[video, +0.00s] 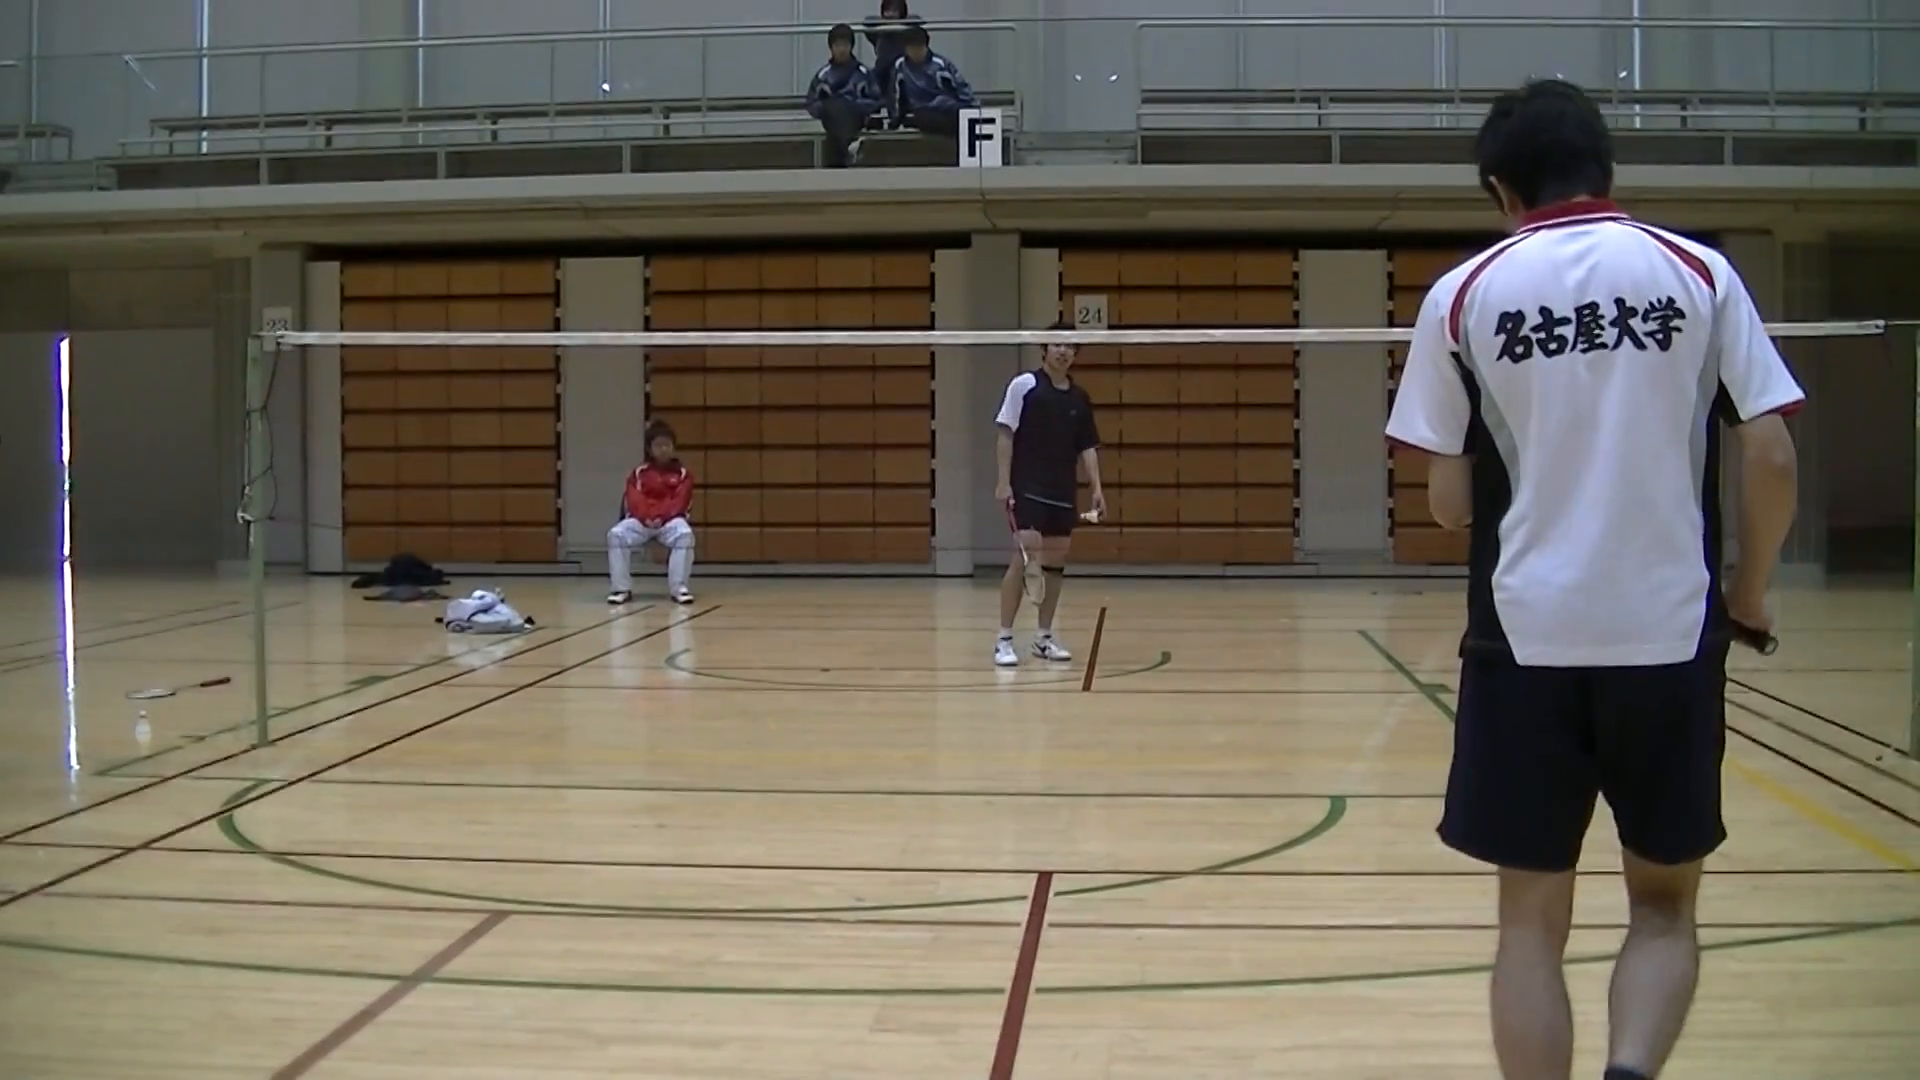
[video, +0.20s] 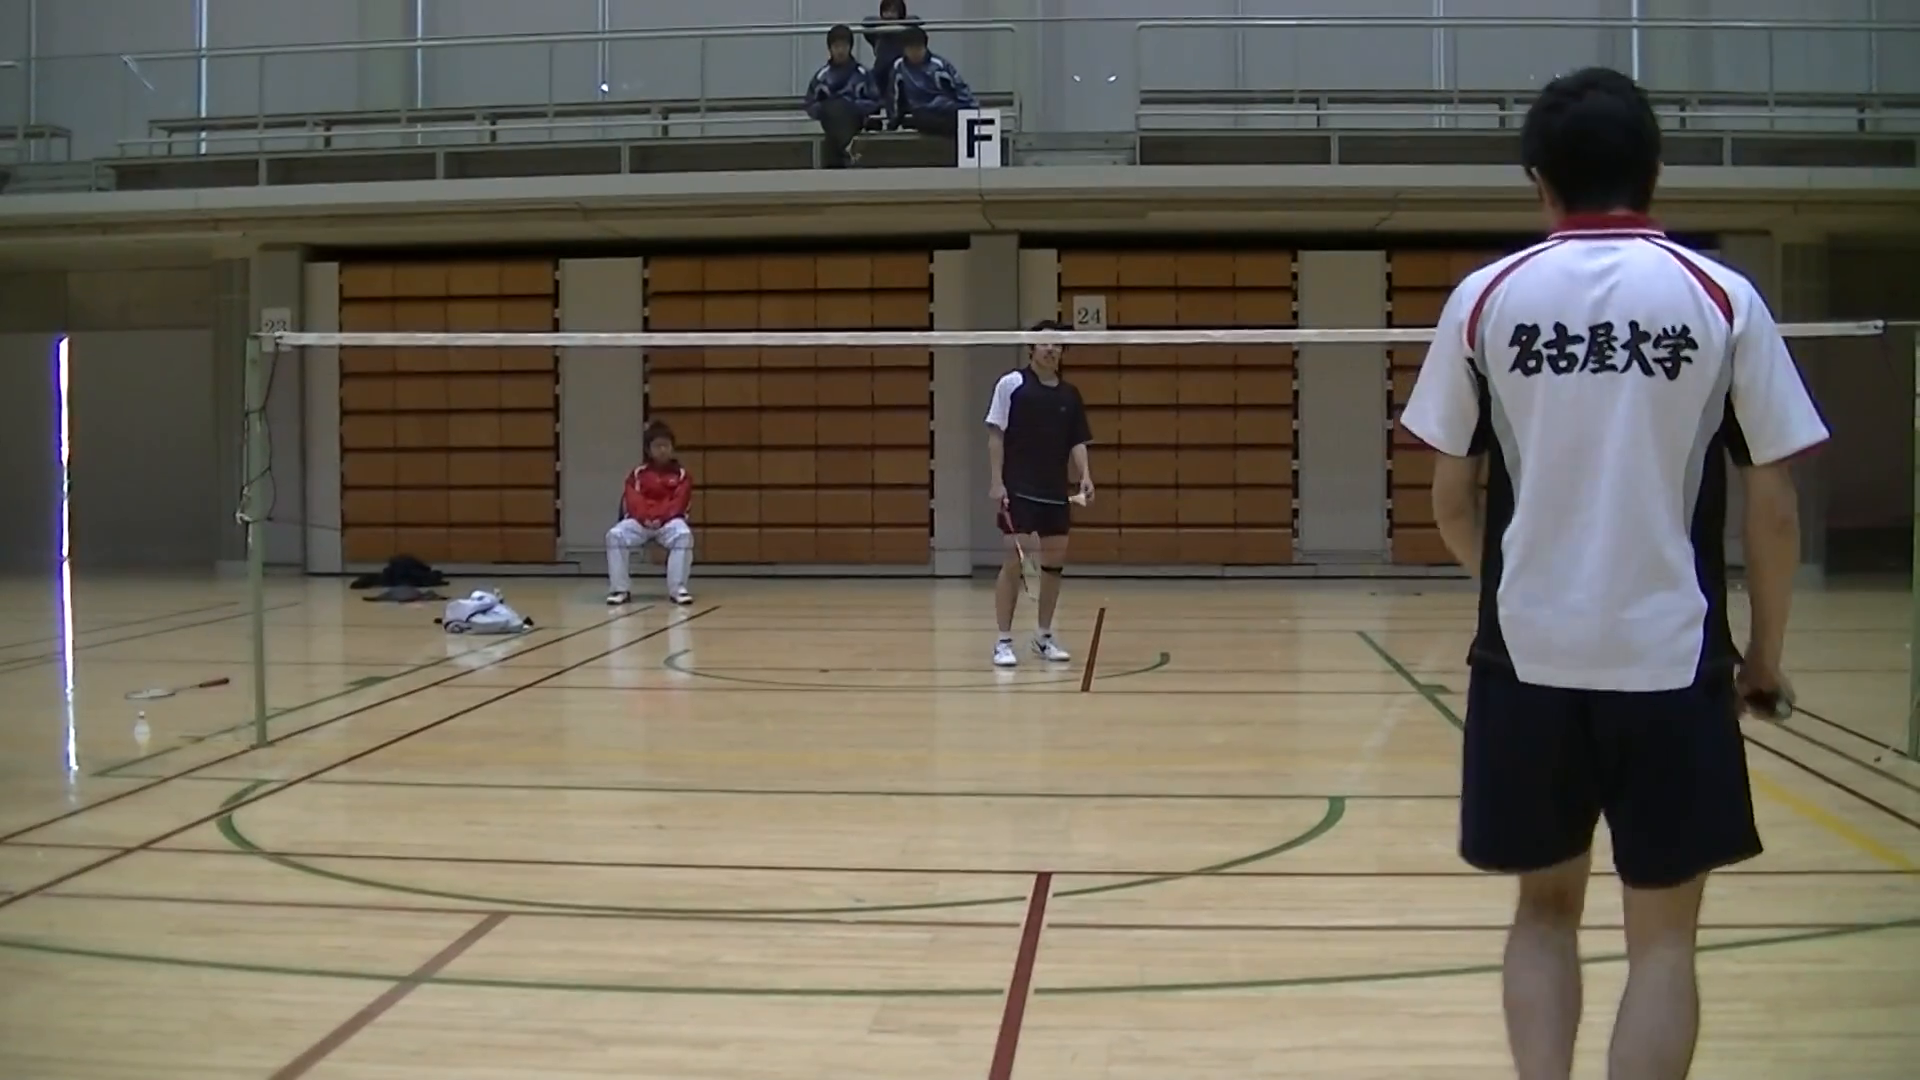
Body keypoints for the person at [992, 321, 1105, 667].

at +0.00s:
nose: (1062, 352)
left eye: (1068, 347)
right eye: (1056, 346)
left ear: (1075, 353)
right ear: (1044, 350)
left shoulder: (1078, 397)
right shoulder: (1023, 385)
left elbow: (1088, 447)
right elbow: (1004, 434)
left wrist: (1096, 488)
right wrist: (1003, 482)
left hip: (1062, 488)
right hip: (1026, 485)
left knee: (1056, 562)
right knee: (1025, 556)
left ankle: (1044, 637)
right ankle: (1004, 639)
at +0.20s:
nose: (1051, 350)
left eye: (1056, 345)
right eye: (1045, 345)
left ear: (1062, 350)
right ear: (1031, 348)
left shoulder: (1068, 393)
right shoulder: (1010, 385)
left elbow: (1077, 441)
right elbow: (996, 435)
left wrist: (1085, 476)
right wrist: (997, 482)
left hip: (1056, 488)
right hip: (1018, 487)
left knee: (1054, 560)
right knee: (1018, 558)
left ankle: (1044, 637)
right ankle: (1004, 640)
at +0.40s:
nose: (1036, 353)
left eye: (1041, 348)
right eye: (1030, 347)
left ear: (1049, 350)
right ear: (1019, 349)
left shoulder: (1058, 390)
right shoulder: (1000, 385)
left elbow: (1064, 439)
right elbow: (984, 438)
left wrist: (1068, 472)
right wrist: (987, 487)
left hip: (1048, 489)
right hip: (1009, 489)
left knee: (1065, 553)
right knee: (1006, 563)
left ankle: (1048, 631)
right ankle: (1002, 641)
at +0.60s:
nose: (1033, 352)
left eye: (1038, 346)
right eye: (1027, 346)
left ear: (1045, 350)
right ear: (1014, 348)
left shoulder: (1052, 389)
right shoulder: (995, 387)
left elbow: (1057, 436)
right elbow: (982, 441)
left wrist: (1064, 466)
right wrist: (982, 490)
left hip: (1046, 487)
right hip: (1007, 488)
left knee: (1066, 553)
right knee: (1007, 561)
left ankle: (1049, 628)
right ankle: (1001, 641)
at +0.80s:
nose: (1043, 365)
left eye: (1047, 360)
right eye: (1037, 360)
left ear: (1052, 360)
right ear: (1022, 360)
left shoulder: (1057, 391)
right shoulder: (1002, 388)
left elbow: (1070, 435)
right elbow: (983, 438)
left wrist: (1082, 455)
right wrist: (981, 486)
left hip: (1051, 490)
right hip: (1014, 490)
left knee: (1053, 561)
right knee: (1012, 562)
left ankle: (1042, 637)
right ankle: (1001, 642)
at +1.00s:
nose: (1062, 370)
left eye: (1065, 365)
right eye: (1057, 364)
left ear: (1068, 365)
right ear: (1040, 361)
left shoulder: (1069, 395)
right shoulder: (1014, 389)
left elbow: (1086, 436)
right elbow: (992, 437)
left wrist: (1100, 448)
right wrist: (988, 482)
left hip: (1058, 489)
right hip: (1025, 488)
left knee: (1050, 565)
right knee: (1026, 556)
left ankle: (1040, 638)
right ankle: (1003, 638)